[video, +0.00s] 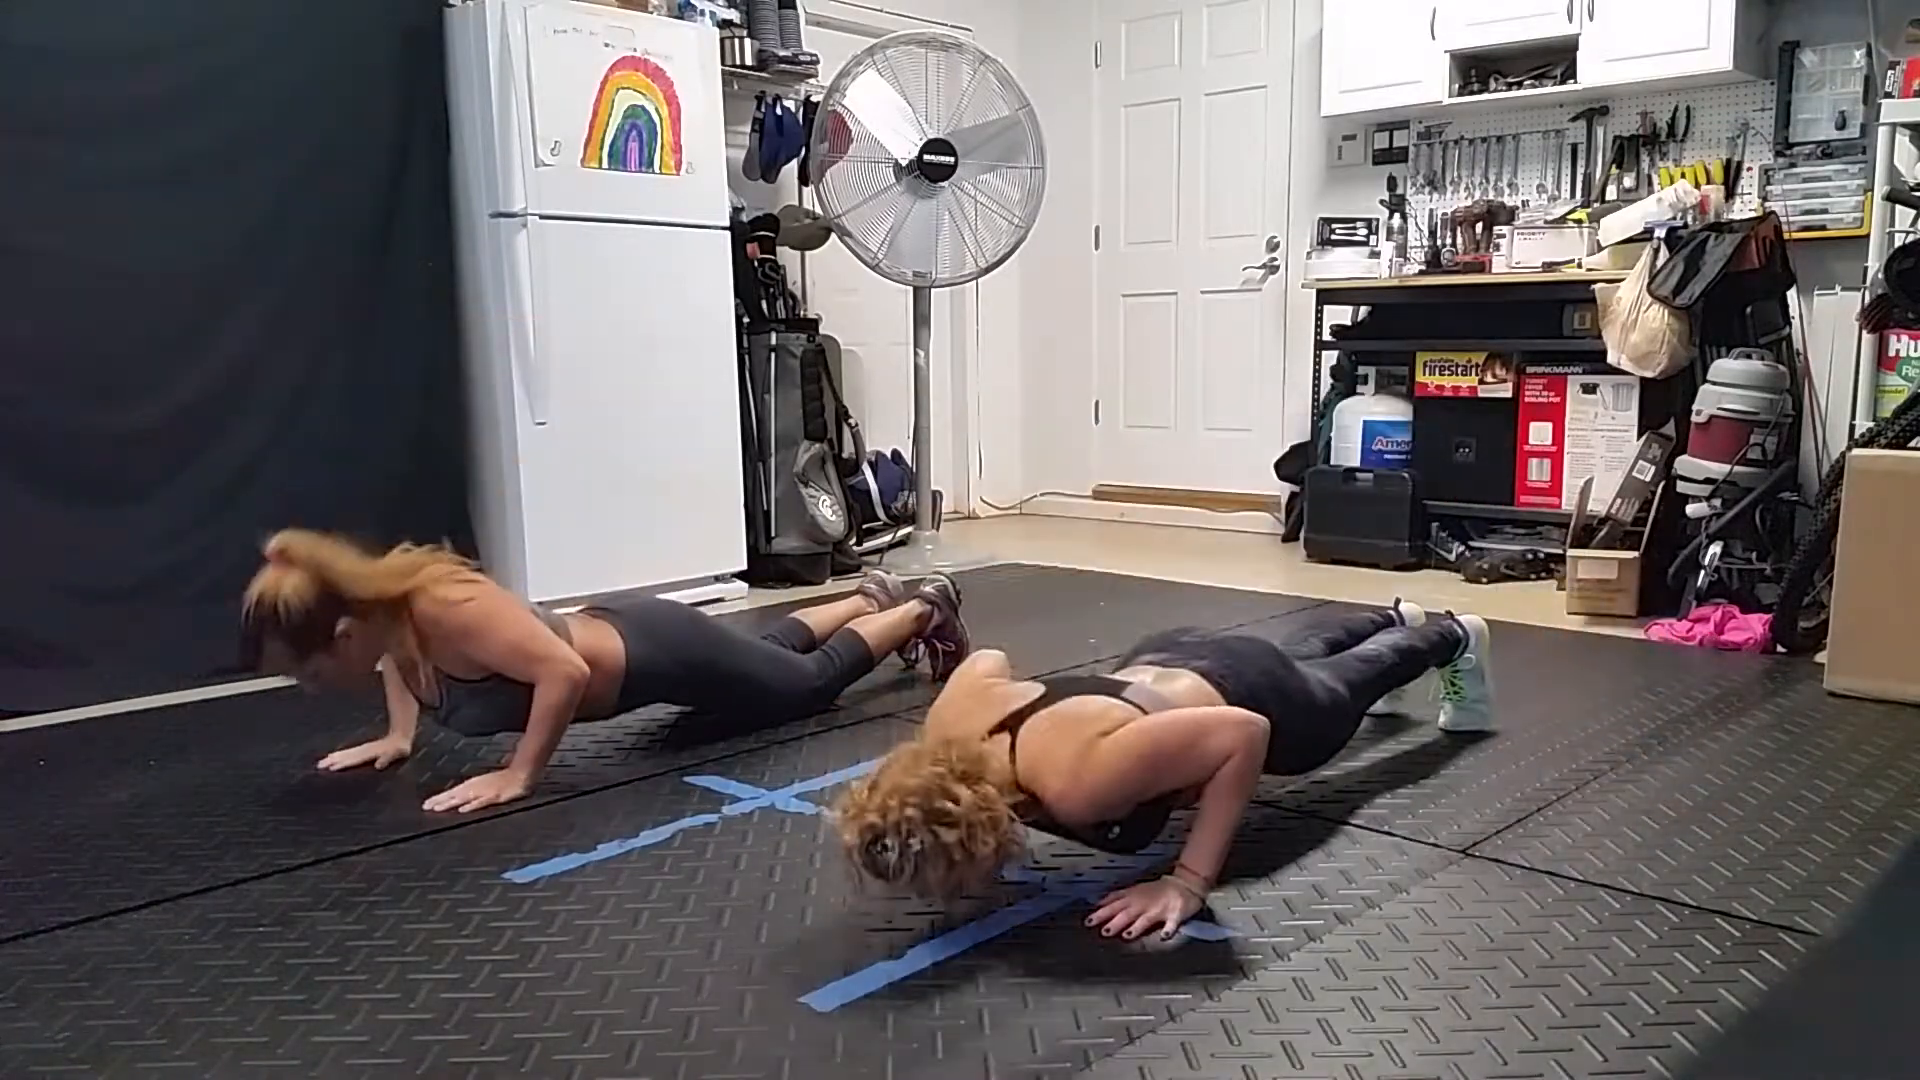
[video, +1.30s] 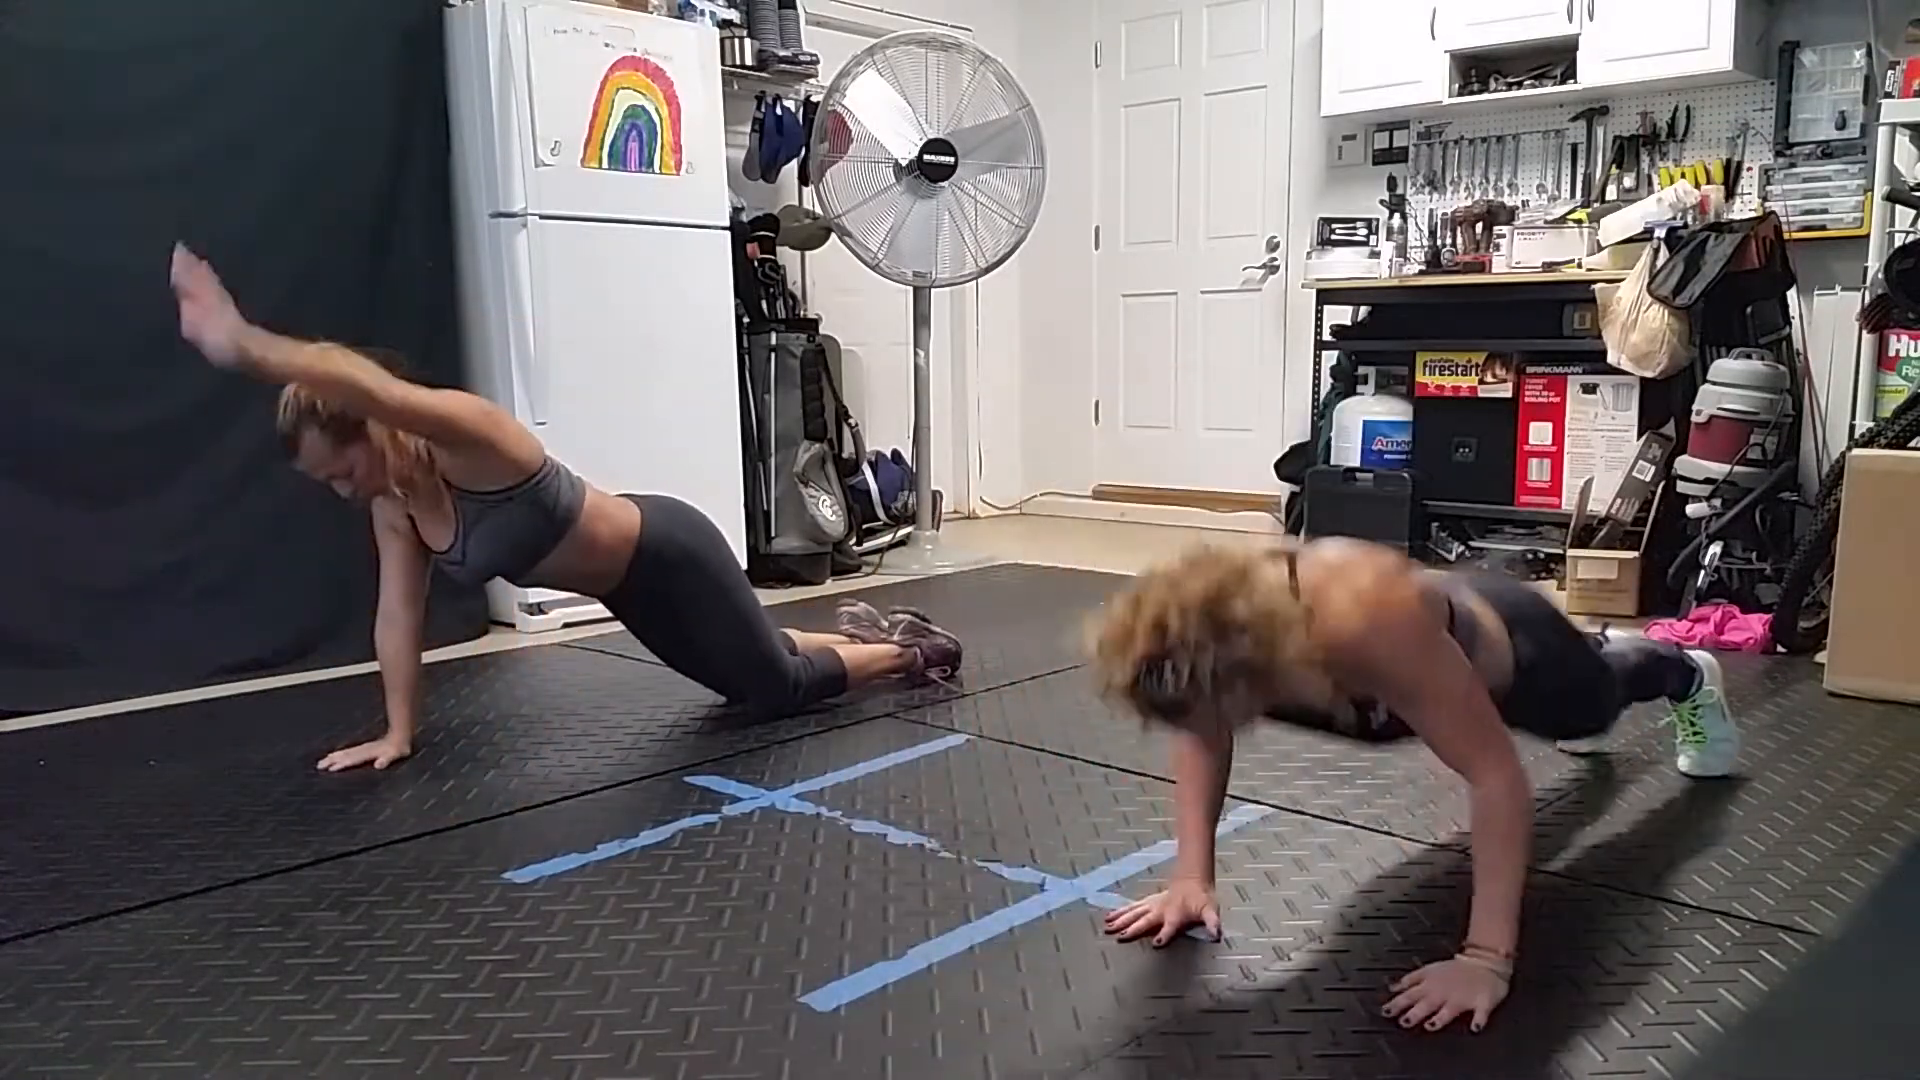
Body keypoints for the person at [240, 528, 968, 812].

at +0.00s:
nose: (314, 685)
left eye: (307, 671)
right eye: (299, 675)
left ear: (337, 632)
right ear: (333, 630)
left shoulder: (449, 609)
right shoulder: (383, 614)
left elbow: (561, 672)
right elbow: (392, 665)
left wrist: (516, 774)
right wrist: (398, 734)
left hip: (657, 652)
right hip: (618, 629)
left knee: (814, 678)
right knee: (760, 643)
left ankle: (914, 613)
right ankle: (865, 597)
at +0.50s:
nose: (331, 591)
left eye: (324, 573)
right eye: (318, 582)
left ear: (348, 536)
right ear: (342, 534)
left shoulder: (472, 519)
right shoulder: (397, 524)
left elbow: (535, 649)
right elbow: (404, 627)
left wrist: (517, 774)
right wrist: (398, 735)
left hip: (669, 576)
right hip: (636, 576)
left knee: (795, 679)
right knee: (771, 653)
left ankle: (918, 635)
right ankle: (883, 616)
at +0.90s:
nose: (329, 487)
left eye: (326, 469)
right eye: (316, 476)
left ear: (362, 430)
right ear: (336, 444)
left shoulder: (476, 474)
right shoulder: (392, 488)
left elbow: (501, 616)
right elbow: (399, 608)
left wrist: (489, 747)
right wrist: (396, 731)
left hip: (667, 556)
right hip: (628, 576)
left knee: (773, 681)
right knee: (740, 669)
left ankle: (895, 656)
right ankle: (844, 641)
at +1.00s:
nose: (337, 483)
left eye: (340, 463)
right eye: (323, 471)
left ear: (379, 425)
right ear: (321, 454)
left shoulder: (481, 457)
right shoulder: (388, 486)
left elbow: (425, 588)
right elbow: (400, 591)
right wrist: (396, 723)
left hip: (669, 554)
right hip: (629, 580)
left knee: (778, 686)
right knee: (742, 669)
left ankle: (896, 657)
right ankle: (844, 638)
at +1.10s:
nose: (326, 424)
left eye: (334, 409)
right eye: (316, 415)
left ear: (383, 402)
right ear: (339, 429)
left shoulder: (474, 442)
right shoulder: (398, 497)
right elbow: (399, 615)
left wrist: (259, 447)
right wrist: (396, 734)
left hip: (673, 554)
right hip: (630, 586)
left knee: (783, 681)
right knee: (747, 669)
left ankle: (892, 659)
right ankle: (851, 638)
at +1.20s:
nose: (342, 488)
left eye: (338, 472)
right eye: (327, 480)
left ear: (370, 427)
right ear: (338, 459)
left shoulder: (458, 439)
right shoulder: (398, 500)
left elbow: (368, 385)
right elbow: (398, 612)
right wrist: (399, 734)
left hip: (668, 553)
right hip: (626, 582)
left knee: (781, 683)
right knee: (756, 662)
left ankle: (904, 656)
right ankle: (870, 645)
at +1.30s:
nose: (340, 483)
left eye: (336, 465)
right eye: (324, 476)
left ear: (368, 426)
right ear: (332, 456)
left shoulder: (462, 431)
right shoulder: (394, 501)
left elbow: (371, 384)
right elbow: (398, 613)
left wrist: (245, 343)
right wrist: (398, 735)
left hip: (668, 554)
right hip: (624, 587)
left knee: (782, 684)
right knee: (758, 670)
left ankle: (900, 656)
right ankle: (869, 648)